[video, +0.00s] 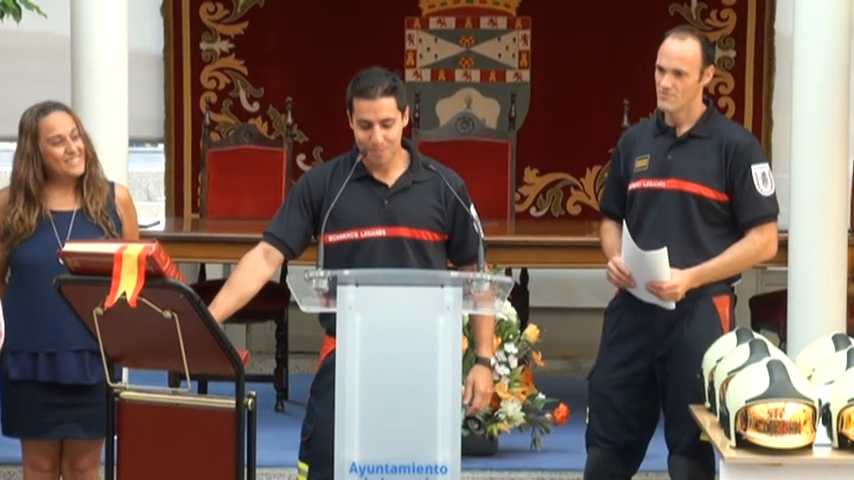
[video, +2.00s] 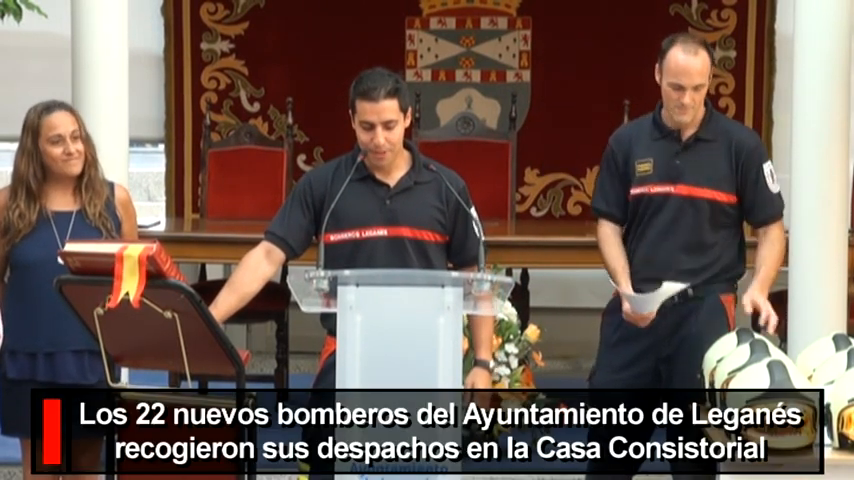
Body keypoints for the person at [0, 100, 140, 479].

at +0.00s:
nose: (73, 147)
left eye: (76, 135)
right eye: (58, 141)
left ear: (84, 137)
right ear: (35, 151)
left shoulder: (116, 198)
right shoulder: (10, 204)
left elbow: (135, 276)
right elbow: (1, 280)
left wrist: (128, 346)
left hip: (93, 358)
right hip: (30, 358)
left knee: (85, 466)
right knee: (40, 467)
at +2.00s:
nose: (72, 148)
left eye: (77, 136)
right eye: (57, 141)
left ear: (85, 140)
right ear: (36, 149)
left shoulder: (115, 199)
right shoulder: (11, 203)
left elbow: (133, 277)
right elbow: (3, 279)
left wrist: (127, 346)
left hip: (92, 359)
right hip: (26, 359)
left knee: (88, 466)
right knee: (40, 467)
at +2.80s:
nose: (73, 148)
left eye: (77, 137)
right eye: (58, 141)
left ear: (85, 139)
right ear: (35, 150)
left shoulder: (114, 199)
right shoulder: (10, 203)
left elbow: (131, 279)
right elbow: (2, 280)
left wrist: (126, 348)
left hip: (91, 360)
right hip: (26, 360)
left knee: (87, 466)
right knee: (40, 468)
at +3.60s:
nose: (74, 148)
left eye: (78, 136)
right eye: (59, 141)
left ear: (86, 139)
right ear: (36, 150)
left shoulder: (115, 199)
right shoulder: (11, 204)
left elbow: (133, 279)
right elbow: (2, 280)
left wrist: (126, 350)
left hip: (92, 362)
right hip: (28, 362)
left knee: (86, 467)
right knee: (41, 469)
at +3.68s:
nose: (74, 148)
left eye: (78, 136)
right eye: (59, 141)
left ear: (86, 139)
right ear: (36, 150)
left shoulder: (116, 200)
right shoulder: (11, 204)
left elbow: (133, 280)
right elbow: (2, 280)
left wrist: (127, 350)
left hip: (93, 362)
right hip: (28, 362)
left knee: (86, 467)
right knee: (41, 469)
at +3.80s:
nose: (74, 148)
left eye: (78, 136)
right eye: (60, 141)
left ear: (86, 139)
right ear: (36, 150)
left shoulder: (116, 199)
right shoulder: (10, 204)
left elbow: (133, 279)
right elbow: (2, 280)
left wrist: (127, 350)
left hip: (93, 362)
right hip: (29, 362)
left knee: (87, 467)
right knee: (41, 469)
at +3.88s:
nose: (75, 148)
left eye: (79, 136)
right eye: (60, 141)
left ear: (86, 139)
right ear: (37, 150)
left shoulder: (116, 199)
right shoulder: (10, 204)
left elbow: (134, 278)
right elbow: (2, 278)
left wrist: (128, 349)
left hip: (94, 361)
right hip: (30, 361)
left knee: (88, 466)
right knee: (41, 468)